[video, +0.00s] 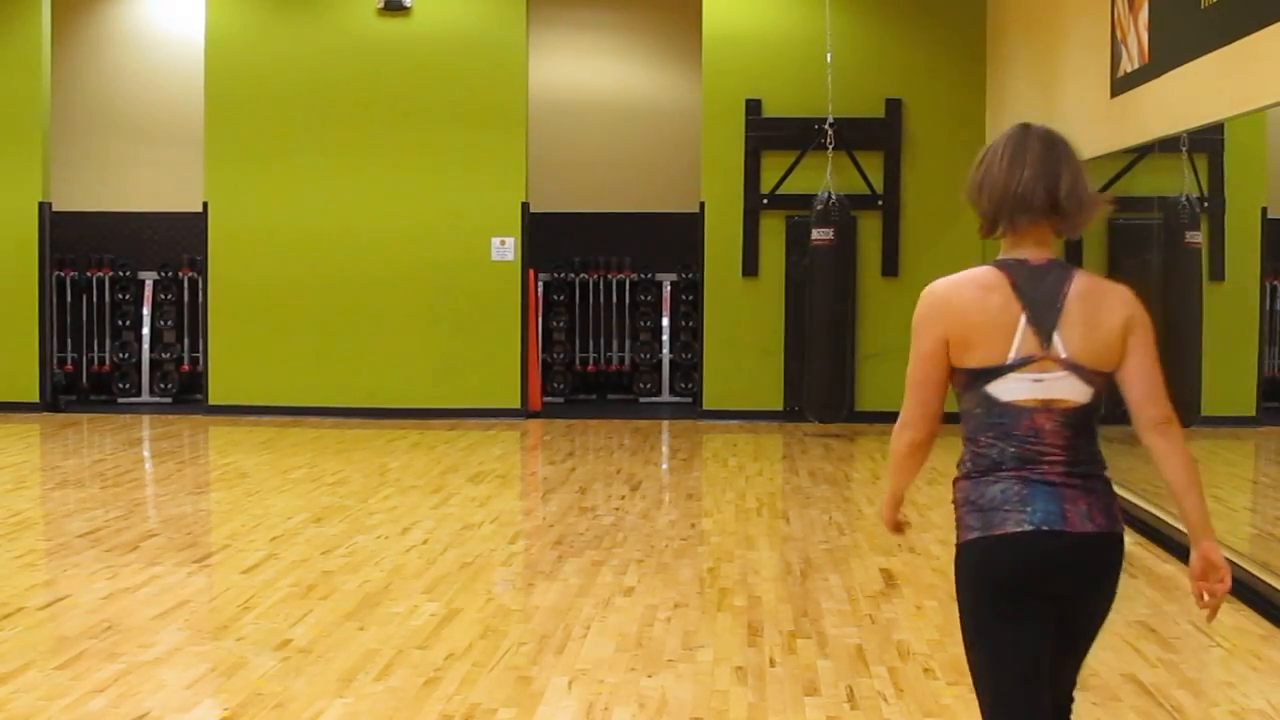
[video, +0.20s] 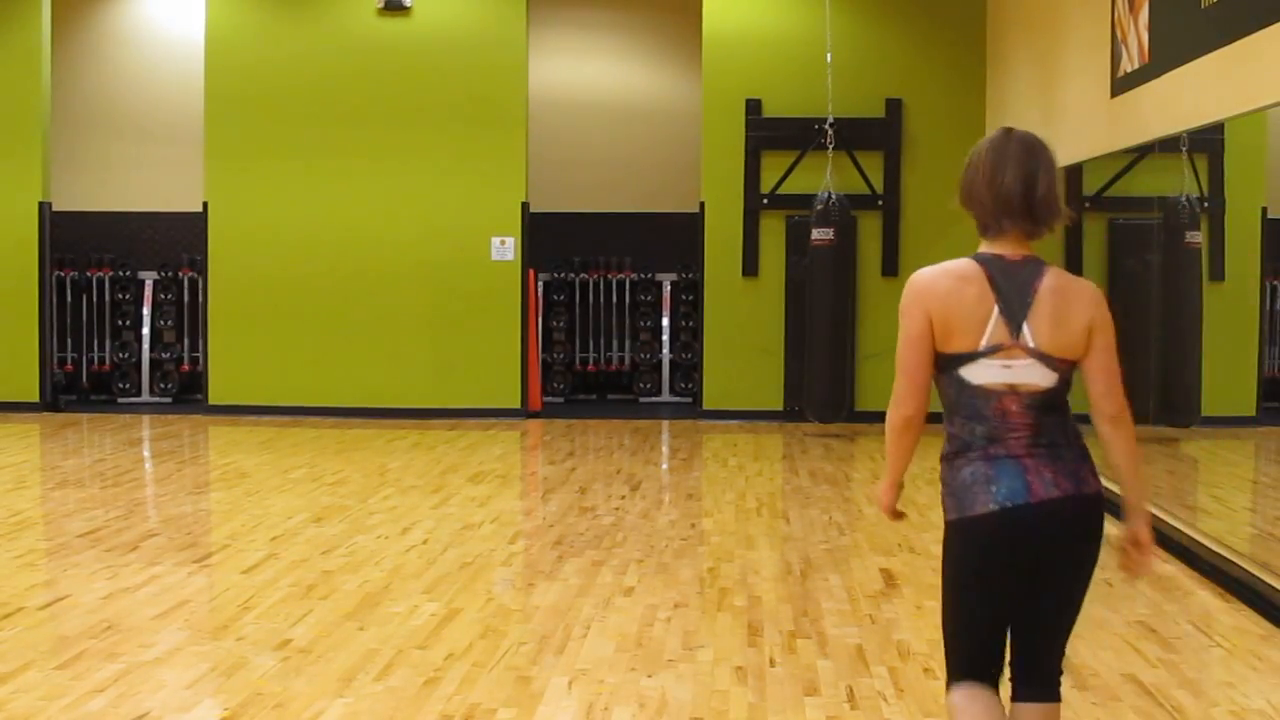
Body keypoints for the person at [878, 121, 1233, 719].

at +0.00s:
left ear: (986, 197)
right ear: (1074, 199)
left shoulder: (947, 299)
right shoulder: (1117, 304)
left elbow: (917, 428)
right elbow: (1159, 427)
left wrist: (893, 496)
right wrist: (1202, 537)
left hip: (996, 540)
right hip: (1091, 541)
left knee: (1012, 708)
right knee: (1053, 703)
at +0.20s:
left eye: (979, 185)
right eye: (1042, 187)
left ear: (974, 195)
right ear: (1048, 199)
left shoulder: (931, 289)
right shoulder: (1082, 298)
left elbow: (909, 408)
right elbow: (1112, 415)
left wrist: (891, 481)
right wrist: (1137, 511)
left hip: (982, 518)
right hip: (1071, 511)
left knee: (971, 672)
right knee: (1039, 672)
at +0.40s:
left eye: (956, 191)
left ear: (952, 199)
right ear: (1023, 198)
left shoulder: (923, 287)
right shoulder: (1064, 284)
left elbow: (911, 397)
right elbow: (1071, 393)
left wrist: (904, 494)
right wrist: (1050, 437)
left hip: (949, 493)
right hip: (1033, 494)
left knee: (942, 634)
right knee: (1009, 654)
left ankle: (940, 719)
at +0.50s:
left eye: (947, 206)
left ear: (942, 213)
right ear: (1010, 211)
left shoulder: (916, 301)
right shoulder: (1050, 292)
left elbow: (909, 406)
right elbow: (1057, 392)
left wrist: (903, 499)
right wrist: (1011, 418)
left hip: (937, 498)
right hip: (1013, 498)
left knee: (931, 635)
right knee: (999, 648)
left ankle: (931, 718)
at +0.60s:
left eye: (934, 209)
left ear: (931, 217)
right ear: (995, 215)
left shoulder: (907, 304)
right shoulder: (1035, 293)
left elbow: (900, 408)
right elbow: (1048, 399)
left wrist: (890, 497)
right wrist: (1039, 484)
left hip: (926, 489)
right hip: (996, 488)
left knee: (919, 622)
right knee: (988, 623)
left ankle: (927, 716)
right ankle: (990, 715)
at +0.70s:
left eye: (923, 203)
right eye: (967, 203)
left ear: (918, 212)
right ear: (980, 210)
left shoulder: (900, 296)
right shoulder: (1016, 284)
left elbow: (886, 400)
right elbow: (1027, 389)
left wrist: (868, 481)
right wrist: (1016, 467)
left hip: (912, 469)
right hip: (985, 467)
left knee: (914, 605)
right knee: (965, 591)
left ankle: (926, 717)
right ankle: (980, 701)